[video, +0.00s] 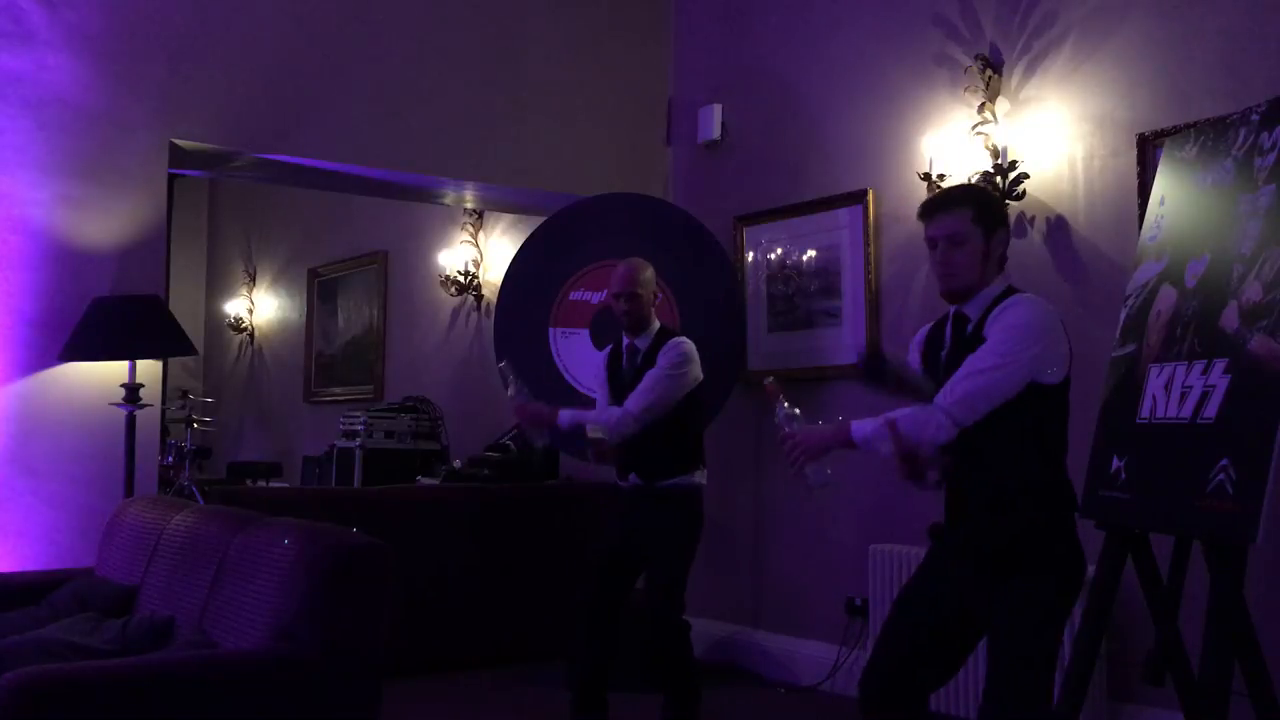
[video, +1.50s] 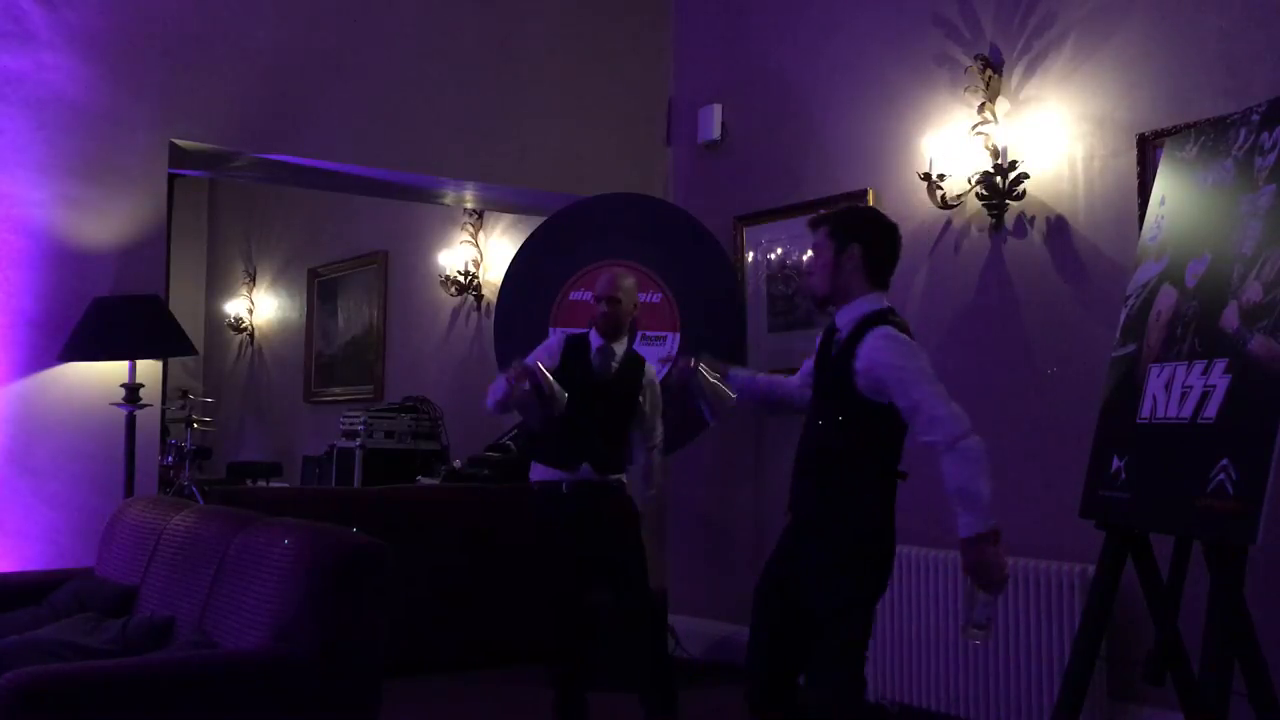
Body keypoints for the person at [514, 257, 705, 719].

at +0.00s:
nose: (623, 306)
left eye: (632, 297)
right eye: (617, 298)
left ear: (655, 298)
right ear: (609, 303)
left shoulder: (680, 352)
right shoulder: (612, 359)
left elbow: (625, 423)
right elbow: (605, 438)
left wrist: (553, 417)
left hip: (677, 498)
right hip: (632, 496)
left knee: (663, 608)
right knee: (606, 601)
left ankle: (681, 708)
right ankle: (592, 705)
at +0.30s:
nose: (613, 297)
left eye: (622, 288)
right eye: (607, 289)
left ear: (644, 292)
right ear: (601, 294)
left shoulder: (669, 348)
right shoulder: (597, 354)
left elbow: (672, 418)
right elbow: (585, 427)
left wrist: (656, 482)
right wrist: (545, 417)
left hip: (661, 491)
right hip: (611, 491)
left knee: (659, 604)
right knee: (598, 601)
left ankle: (678, 706)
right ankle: (591, 703)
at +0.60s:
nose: (626, 285)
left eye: (637, 277)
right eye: (621, 276)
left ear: (654, 288)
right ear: (610, 283)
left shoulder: (669, 338)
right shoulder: (584, 345)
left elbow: (689, 369)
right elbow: (563, 422)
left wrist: (672, 312)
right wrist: (581, 435)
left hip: (651, 490)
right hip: (594, 491)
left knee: (658, 604)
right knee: (591, 605)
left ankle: (677, 706)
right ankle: (588, 706)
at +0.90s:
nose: (628, 288)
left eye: (639, 282)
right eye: (623, 280)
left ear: (657, 296)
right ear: (612, 290)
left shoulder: (665, 359)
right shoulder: (578, 346)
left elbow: (693, 422)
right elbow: (548, 417)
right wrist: (598, 450)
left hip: (638, 495)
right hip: (582, 495)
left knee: (650, 607)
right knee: (583, 608)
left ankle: (675, 706)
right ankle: (585, 705)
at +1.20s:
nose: (647, 323)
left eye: (656, 318)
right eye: (641, 312)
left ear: (663, 329)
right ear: (624, 314)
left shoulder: (633, 370)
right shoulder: (594, 354)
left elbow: (609, 435)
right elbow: (559, 422)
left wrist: (617, 488)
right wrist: (587, 482)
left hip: (608, 499)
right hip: (570, 496)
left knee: (645, 597)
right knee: (575, 600)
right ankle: (561, 700)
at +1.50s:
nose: (603, 309)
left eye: (613, 302)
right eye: (599, 300)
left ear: (634, 309)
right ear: (590, 304)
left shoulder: (644, 373)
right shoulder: (559, 347)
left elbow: (651, 446)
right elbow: (495, 403)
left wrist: (649, 504)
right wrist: (514, 380)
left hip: (611, 497)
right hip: (553, 492)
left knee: (632, 600)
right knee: (561, 604)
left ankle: (650, 702)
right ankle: (567, 700)